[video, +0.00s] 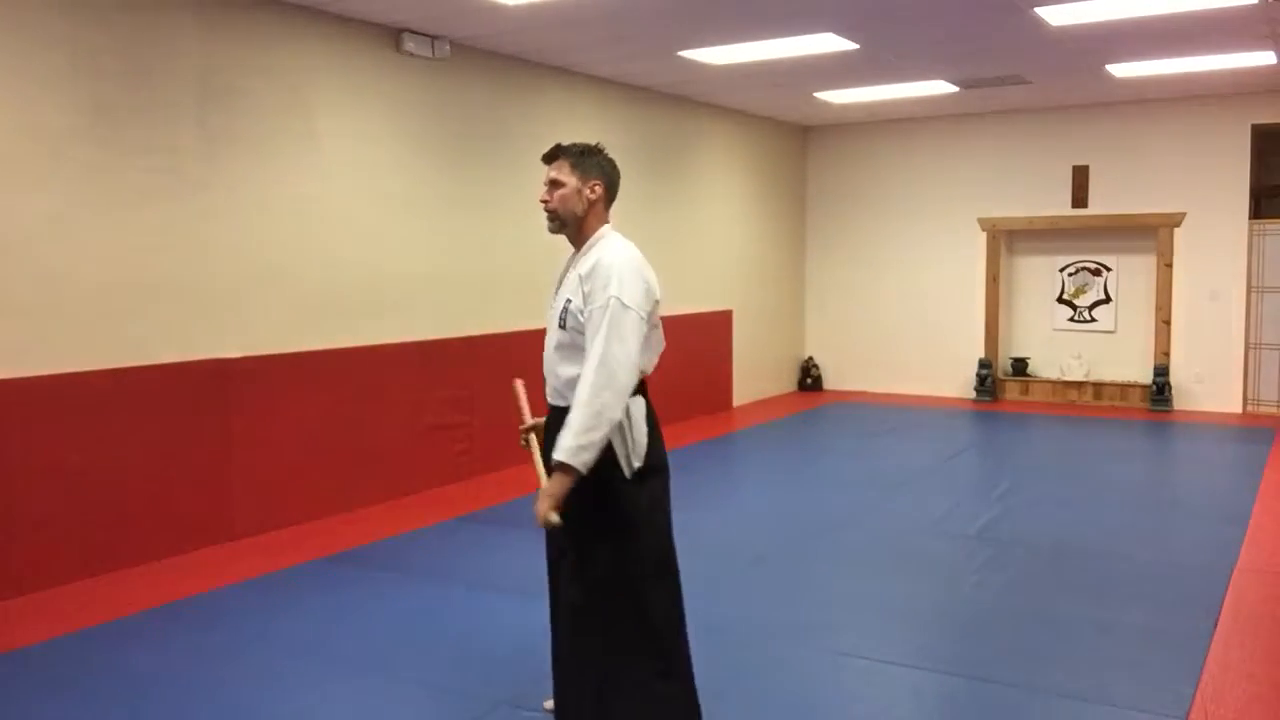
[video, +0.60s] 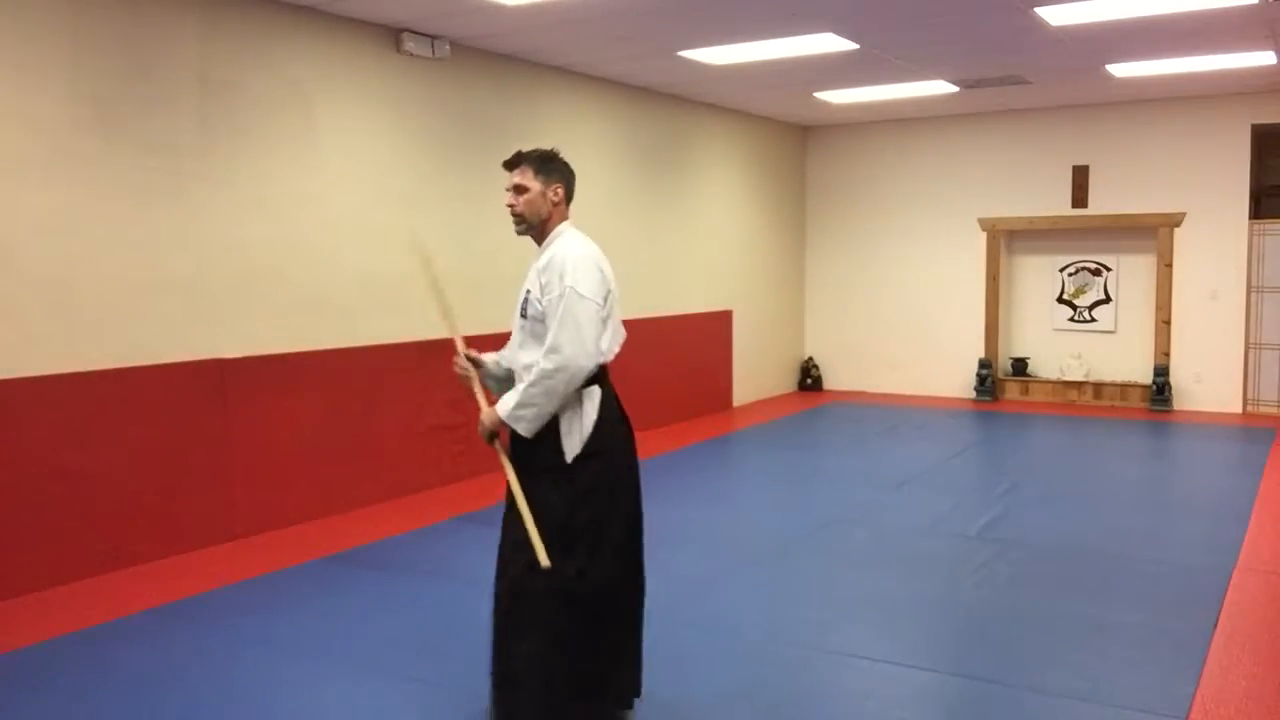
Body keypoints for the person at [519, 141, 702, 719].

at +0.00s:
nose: (544, 196)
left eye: (556, 186)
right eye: (545, 185)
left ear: (594, 192)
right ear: (584, 195)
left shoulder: (617, 266)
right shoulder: (584, 261)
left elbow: (607, 380)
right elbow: (588, 363)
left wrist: (563, 474)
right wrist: (555, 418)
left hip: (613, 446)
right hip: (580, 438)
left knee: (622, 598)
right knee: (585, 592)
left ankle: (633, 706)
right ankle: (586, 698)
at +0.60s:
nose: (510, 201)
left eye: (520, 190)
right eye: (509, 191)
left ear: (556, 194)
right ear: (544, 198)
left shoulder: (575, 259)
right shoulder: (549, 260)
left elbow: (573, 357)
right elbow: (539, 352)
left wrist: (509, 414)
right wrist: (488, 366)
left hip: (579, 435)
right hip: (550, 432)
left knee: (574, 576)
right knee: (535, 574)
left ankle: (574, 702)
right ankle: (539, 701)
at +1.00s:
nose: (477, 209)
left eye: (487, 198)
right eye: (475, 198)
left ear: (523, 201)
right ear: (504, 204)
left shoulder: (546, 270)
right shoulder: (514, 262)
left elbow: (551, 377)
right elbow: (494, 313)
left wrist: (489, 425)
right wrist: (432, 297)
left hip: (552, 434)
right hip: (516, 430)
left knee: (541, 565)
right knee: (506, 562)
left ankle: (547, 696)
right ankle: (511, 693)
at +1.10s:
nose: (475, 207)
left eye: (486, 197)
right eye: (472, 197)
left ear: (522, 201)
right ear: (479, 202)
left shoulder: (549, 270)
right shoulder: (496, 261)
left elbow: (558, 372)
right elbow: (465, 290)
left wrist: (493, 422)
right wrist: (411, 292)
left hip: (547, 433)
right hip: (504, 429)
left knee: (540, 568)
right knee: (497, 565)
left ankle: (548, 695)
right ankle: (501, 695)